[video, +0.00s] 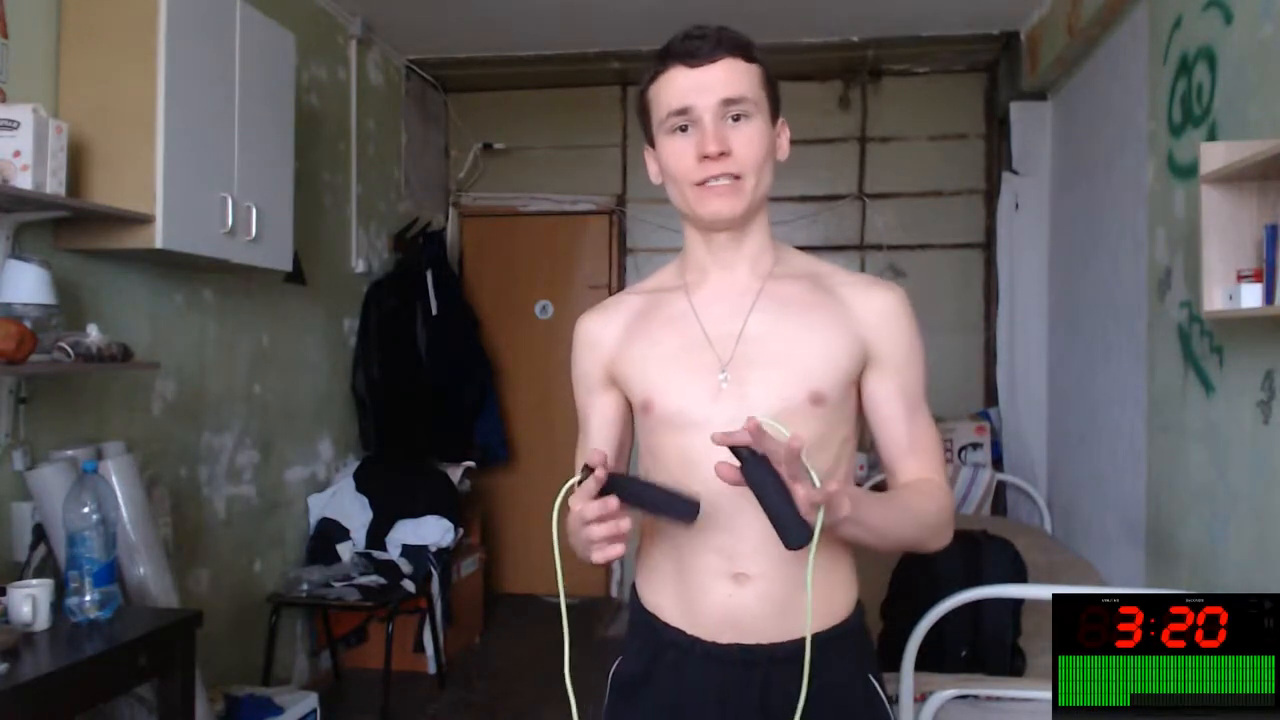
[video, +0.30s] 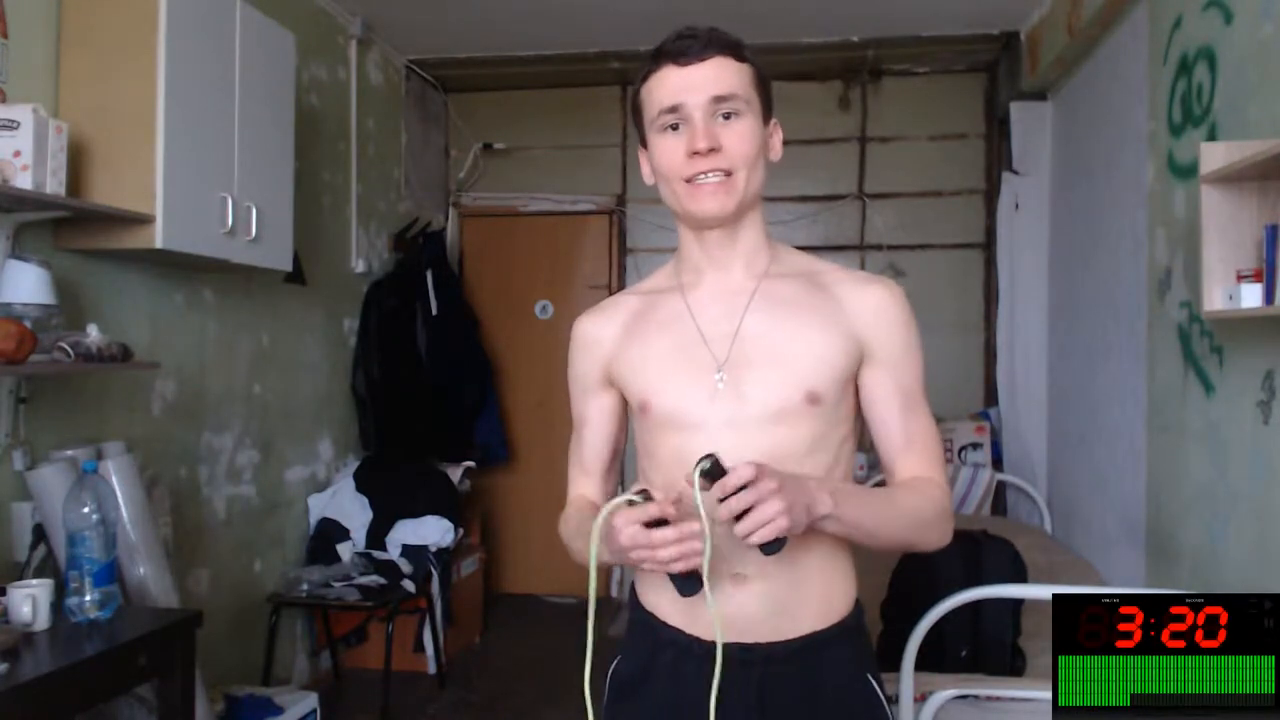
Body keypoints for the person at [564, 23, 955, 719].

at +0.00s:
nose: (713, 144)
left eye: (737, 115)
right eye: (682, 125)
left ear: (779, 140)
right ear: (654, 163)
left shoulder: (870, 310)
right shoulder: (607, 332)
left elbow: (932, 516)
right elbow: (587, 498)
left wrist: (835, 504)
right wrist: (581, 527)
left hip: (825, 677)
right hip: (667, 676)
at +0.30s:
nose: (702, 142)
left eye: (727, 114)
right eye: (673, 124)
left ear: (771, 140)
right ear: (647, 162)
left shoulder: (866, 307)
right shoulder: (605, 333)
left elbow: (931, 513)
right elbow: (580, 512)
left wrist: (819, 498)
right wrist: (609, 539)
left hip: (820, 678)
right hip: (664, 678)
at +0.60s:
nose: (707, 127)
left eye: (735, 106)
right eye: (681, 110)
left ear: (777, 146)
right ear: (650, 155)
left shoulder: (865, 305)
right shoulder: (601, 329)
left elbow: (924, 512)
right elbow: (579, 516)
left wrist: (794, 496)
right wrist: (639, 542)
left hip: (821, 673)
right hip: (666, 675)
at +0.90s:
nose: (721, 122)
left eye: (750, 106)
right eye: (694, 105)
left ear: (786, 151)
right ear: (659, 149)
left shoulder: (866, 304)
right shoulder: (601, 327)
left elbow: (946, 511)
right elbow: (574, 504)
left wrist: (820, 469)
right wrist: (609, 539)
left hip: (824, 670)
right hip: (670, 671)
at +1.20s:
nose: (732, 129)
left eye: (760, 111)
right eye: (706, 109)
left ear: (794, 154)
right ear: (665, 148)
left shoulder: (868, 302)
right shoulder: (605, 326)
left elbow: (942, 522)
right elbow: (576, 500)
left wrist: (846, 377)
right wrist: (599, 536)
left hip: (829, 668)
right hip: (676, 669)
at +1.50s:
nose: (730, 144)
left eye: (756, 119)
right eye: (701, 119)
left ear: (789, 150)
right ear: (660, 149)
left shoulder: (871, 302)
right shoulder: (607, 329)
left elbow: (933, 528)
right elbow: (588, 488)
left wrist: (849, 389)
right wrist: (602, 537)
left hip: (829, 668)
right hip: (676, 671)